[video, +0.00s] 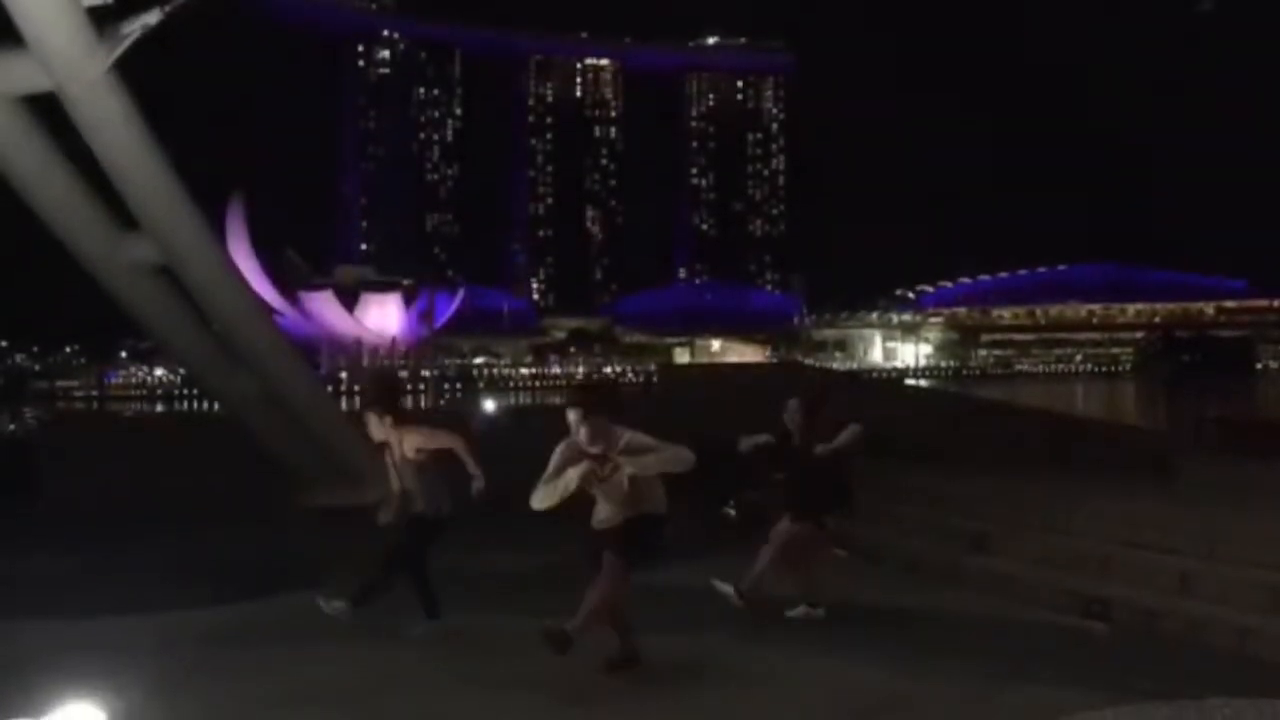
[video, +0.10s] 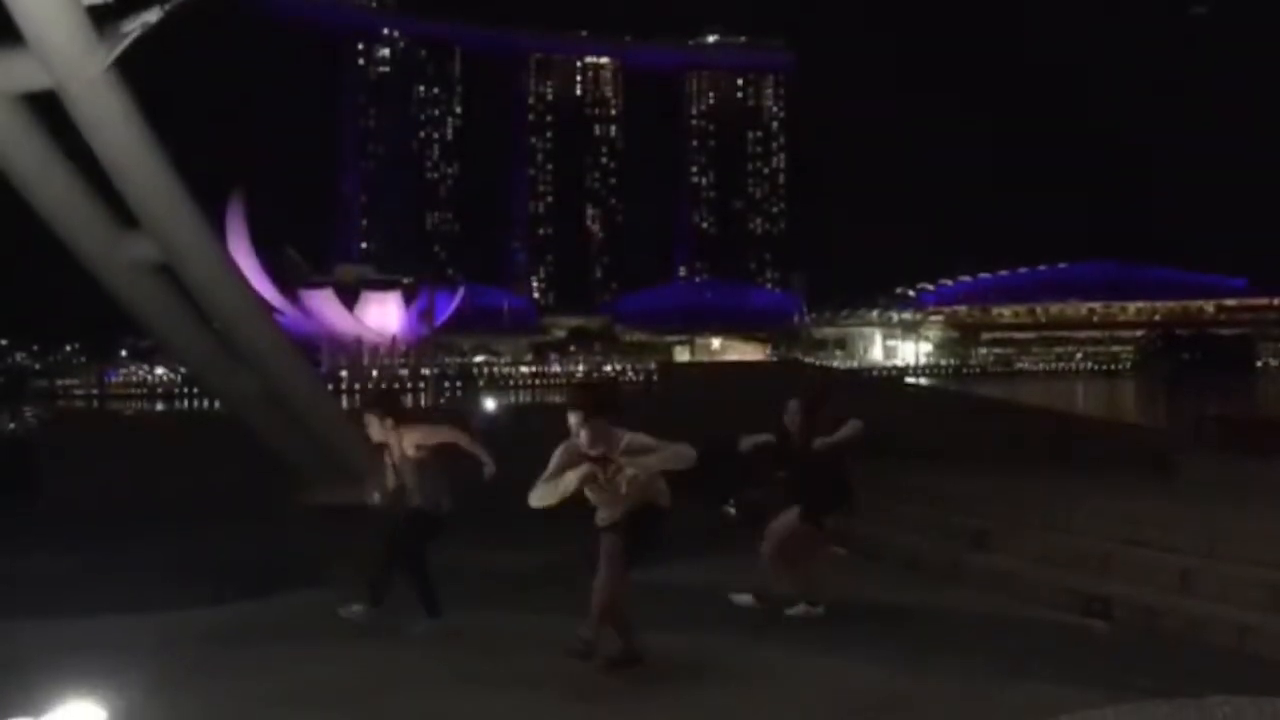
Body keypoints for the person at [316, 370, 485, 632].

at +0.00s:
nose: (369, 430)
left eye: (371, 423)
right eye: (368, 423)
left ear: (387, 422)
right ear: (383, 423)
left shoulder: (412, 439)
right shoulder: (391, 447)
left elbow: (455, 441)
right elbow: (397, 485)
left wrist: (476, 475)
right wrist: (390, 509)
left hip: (433, 509)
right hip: (414, 509)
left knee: (394, 556)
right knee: (414, 561)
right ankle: (432, 615)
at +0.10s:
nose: (368, 430)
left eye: (371, 424)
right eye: (367, 425)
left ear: (388, 422)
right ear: (385, 424)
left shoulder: (410, 437)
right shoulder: (391, 448)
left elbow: (454, 435)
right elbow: (392, 482)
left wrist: (486, 459)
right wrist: (383, 492)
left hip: (431, 507)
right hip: (411, 508)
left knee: (392, 549)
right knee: (414, 559)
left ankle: (371, 603)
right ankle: (433, 613)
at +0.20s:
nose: (376, 412)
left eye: (380, 406)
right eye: (372, 407)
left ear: (393, 405)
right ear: (370, 410)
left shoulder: (412, 423)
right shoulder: (385, 435)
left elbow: (456, 415)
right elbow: (379, 460)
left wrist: (485, 444)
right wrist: (376, 471)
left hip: (433, 497)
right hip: (409, 499)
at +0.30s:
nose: (386, 396)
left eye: (390, 389)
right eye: (381, 390)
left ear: (401, 392)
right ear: (376, 396)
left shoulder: (418, 413)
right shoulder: (380, 421)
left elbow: (460, 412)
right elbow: (375, 448)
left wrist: (468, 454)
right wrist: (380, 464)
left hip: (431, 488)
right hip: (407, 490)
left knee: (405, 544)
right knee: (415, 548)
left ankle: (408, 603)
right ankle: (434, 605)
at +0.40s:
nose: (392, 392)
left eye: (397, 386)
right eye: (388, 387)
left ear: (408, 388)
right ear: (383, 391)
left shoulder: (427, 413)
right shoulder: (381, 420)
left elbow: (456, 440)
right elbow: (378, 454)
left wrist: (452, 479)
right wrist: (384, 484)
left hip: (428, 495)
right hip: (399, 495)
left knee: (417, 551)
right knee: (397, 553)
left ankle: (419, 604)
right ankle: (397, 611)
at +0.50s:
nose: (405, 399)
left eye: (409, 392)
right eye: (400, 393)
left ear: (419, 394)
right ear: (393, 398)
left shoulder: (435, 426)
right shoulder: (387, 432)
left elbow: (445, 458)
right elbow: (371, 465)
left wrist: (451, 488)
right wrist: (374, 494)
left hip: (427, 506)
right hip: (396, 506)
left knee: (415, 562)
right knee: (395, 559)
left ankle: (397, 616)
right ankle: (397, 605)